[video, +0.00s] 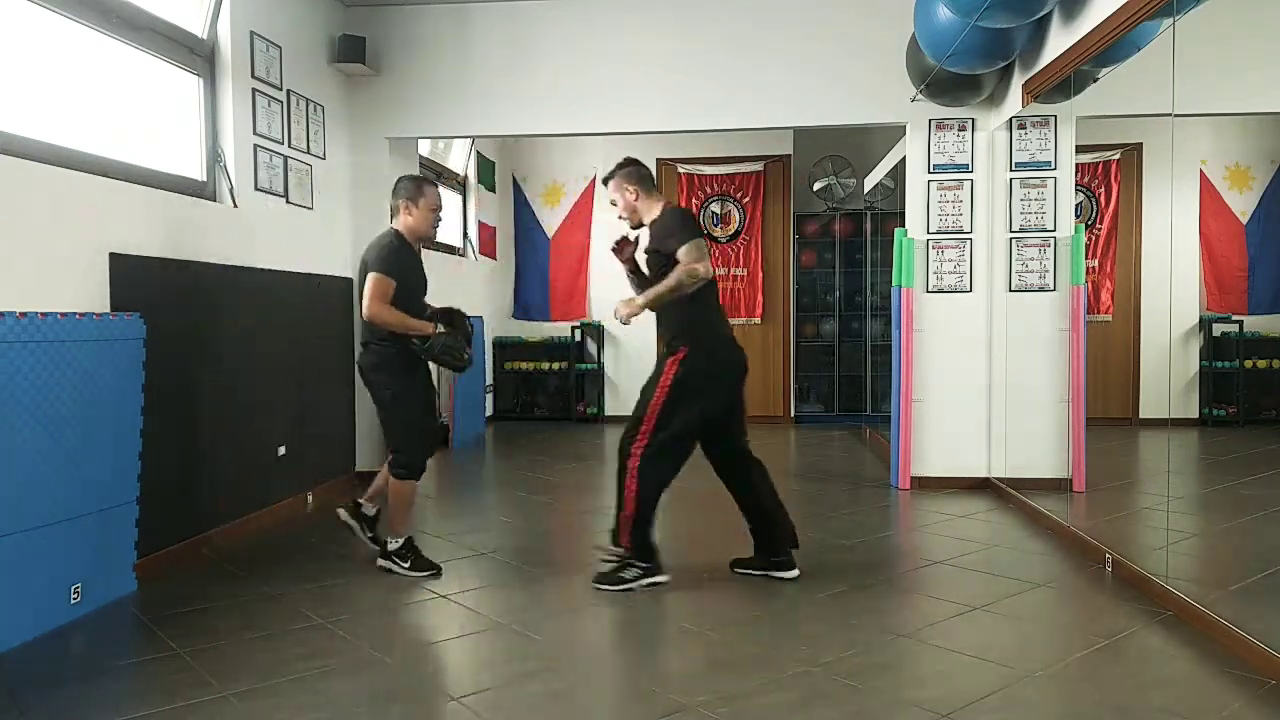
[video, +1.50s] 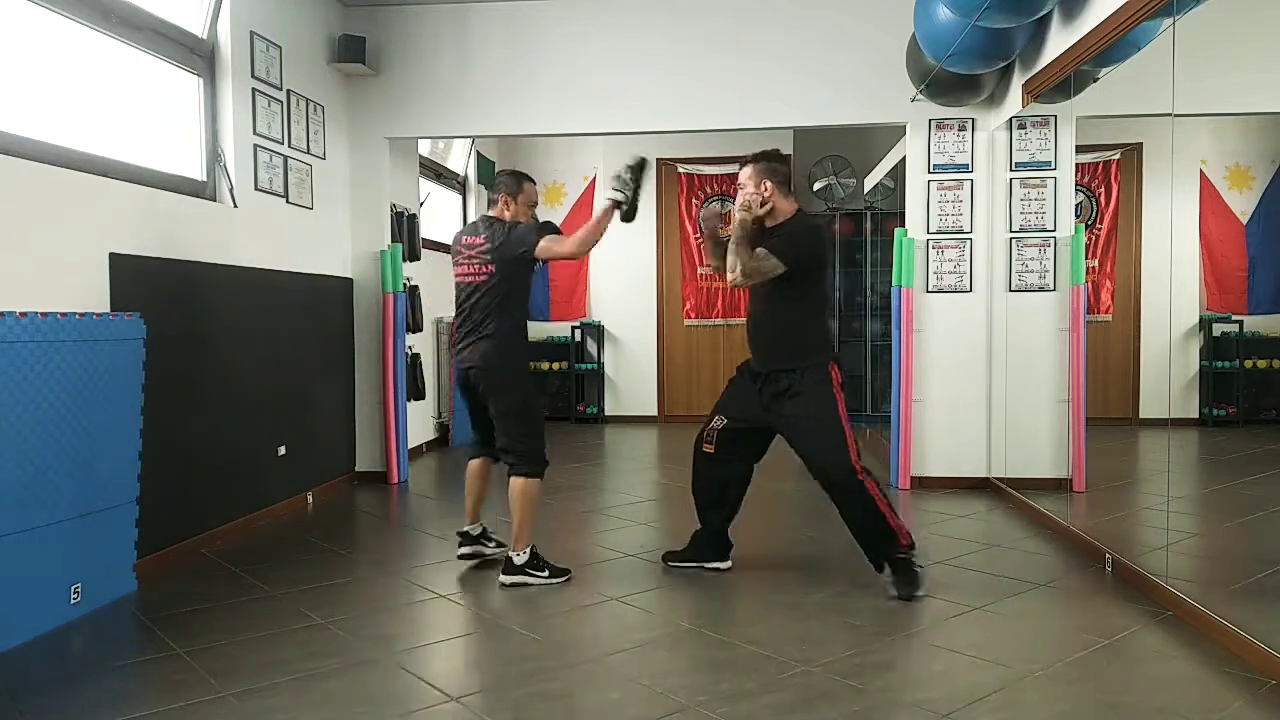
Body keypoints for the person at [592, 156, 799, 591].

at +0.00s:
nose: (618, 212)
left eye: (617, 202)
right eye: (614, 203)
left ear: (632, 192)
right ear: (640, 192)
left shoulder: (672, 219)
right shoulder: (663, 233)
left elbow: (699, 266)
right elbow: (662, 298)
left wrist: (641, 299)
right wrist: (633, 265)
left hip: (692, 356)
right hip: (718, 355)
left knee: (639, 447)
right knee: (733, 457)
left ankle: (638, 558)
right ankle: (777, 553)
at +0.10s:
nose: (649, 213)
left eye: (648, 204)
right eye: (645, 206)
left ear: (666, 195)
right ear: (671, 195)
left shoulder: (704, 226)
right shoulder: (696, 231)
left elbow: (720, 279)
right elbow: (709, 288)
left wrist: (658, 295)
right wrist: (670, 276)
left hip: (732, 358)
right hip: (746, 357)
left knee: (691, 453)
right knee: (752, 455)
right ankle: (781, 555)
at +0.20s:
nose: (677, 210)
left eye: (677, 199)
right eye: (673, 201)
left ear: (697, 188)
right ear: (699, 190)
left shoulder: (736, 220)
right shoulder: (720, 227)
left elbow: (723, 283)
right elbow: (725, 281)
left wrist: (674, 270)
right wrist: (689, 264)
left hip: (762, 354)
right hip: (743, 356)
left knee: (766, 459)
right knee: (744, 458)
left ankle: (842, 549)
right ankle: (776, 555)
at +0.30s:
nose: (704, 200)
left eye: (705, 190)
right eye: (701, 193)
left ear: (726, 179)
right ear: (729, 180)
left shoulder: (759, 210)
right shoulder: (744, 218)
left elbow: (715, 272)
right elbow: (718, 269)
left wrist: (690, 236)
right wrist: (702, 237)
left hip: (793, 353)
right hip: (766, 356)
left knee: (819, 454)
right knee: (761, 454)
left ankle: (897, 547)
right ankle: (777, 554)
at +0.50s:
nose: (747, 209)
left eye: (748, 198)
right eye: (743, 201)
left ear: (772, 189)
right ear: (774, 192)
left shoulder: (806, 228)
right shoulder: (789, 232)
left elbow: (754, 279)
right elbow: (762, 284)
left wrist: (719, 236)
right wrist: (733, 238)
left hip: (842, 371)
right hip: (804, 373)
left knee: (860, 467)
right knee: (769, 454)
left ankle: (911, 563)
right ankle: (798, 553)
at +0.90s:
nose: (743, 205)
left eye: (747, 194)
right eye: (742, 198)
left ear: (773, 191)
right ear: (771, 196)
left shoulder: (820, 225)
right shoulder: (771, 245)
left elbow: (765, 259)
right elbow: (745, 308)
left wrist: (726, 225)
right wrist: (717, 282)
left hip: (845, 371)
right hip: (796, 372)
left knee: (862, 468)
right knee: (758, 451)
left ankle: (908, 561)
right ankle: (769, 547)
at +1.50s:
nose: (739, 196)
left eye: (743, 187)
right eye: (739, 188)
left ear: (767, 189)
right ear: (766, 190)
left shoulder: (806, 232)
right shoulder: (766, 235)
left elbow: (740, 273)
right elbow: (719, 265)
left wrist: (743, 221)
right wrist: (710, 231)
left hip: (809, 376)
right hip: (761, 374)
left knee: (840, 471)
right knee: (714, 449)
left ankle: (898, 557)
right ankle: (712, 544)